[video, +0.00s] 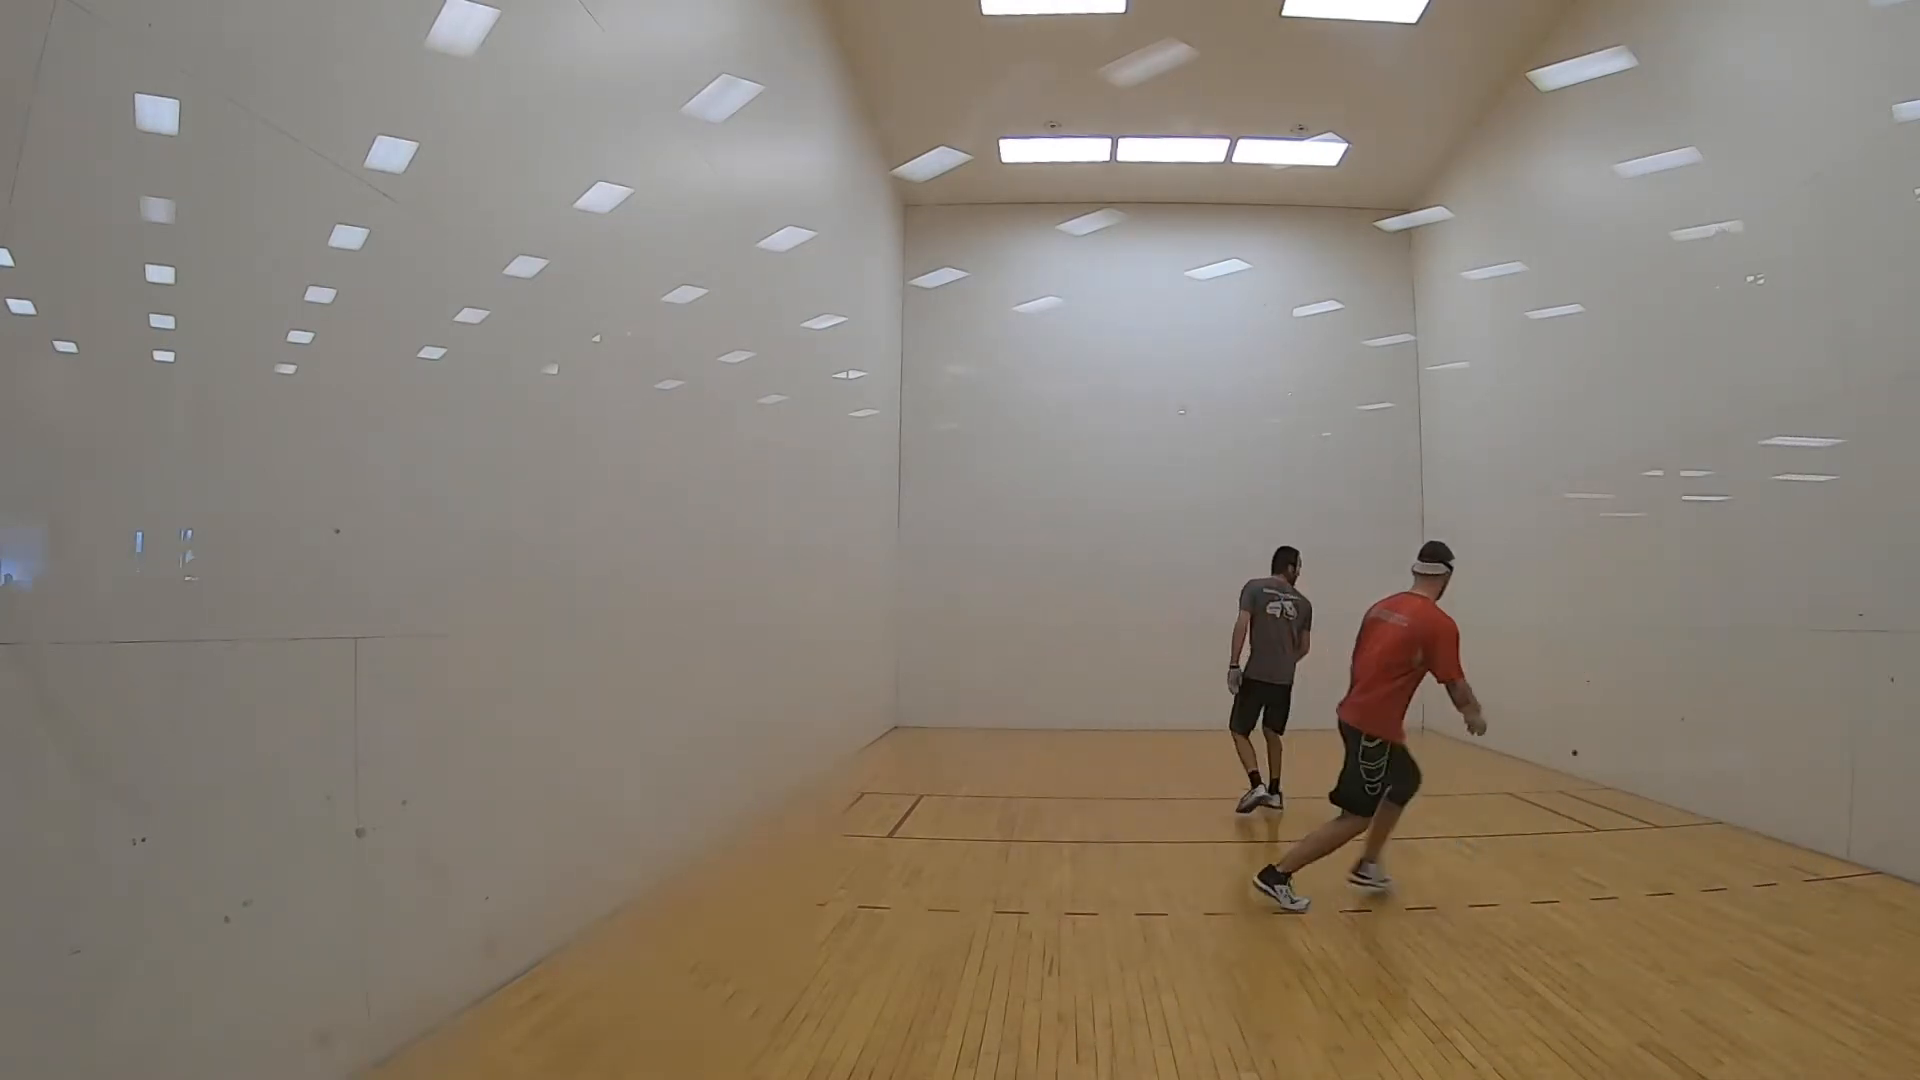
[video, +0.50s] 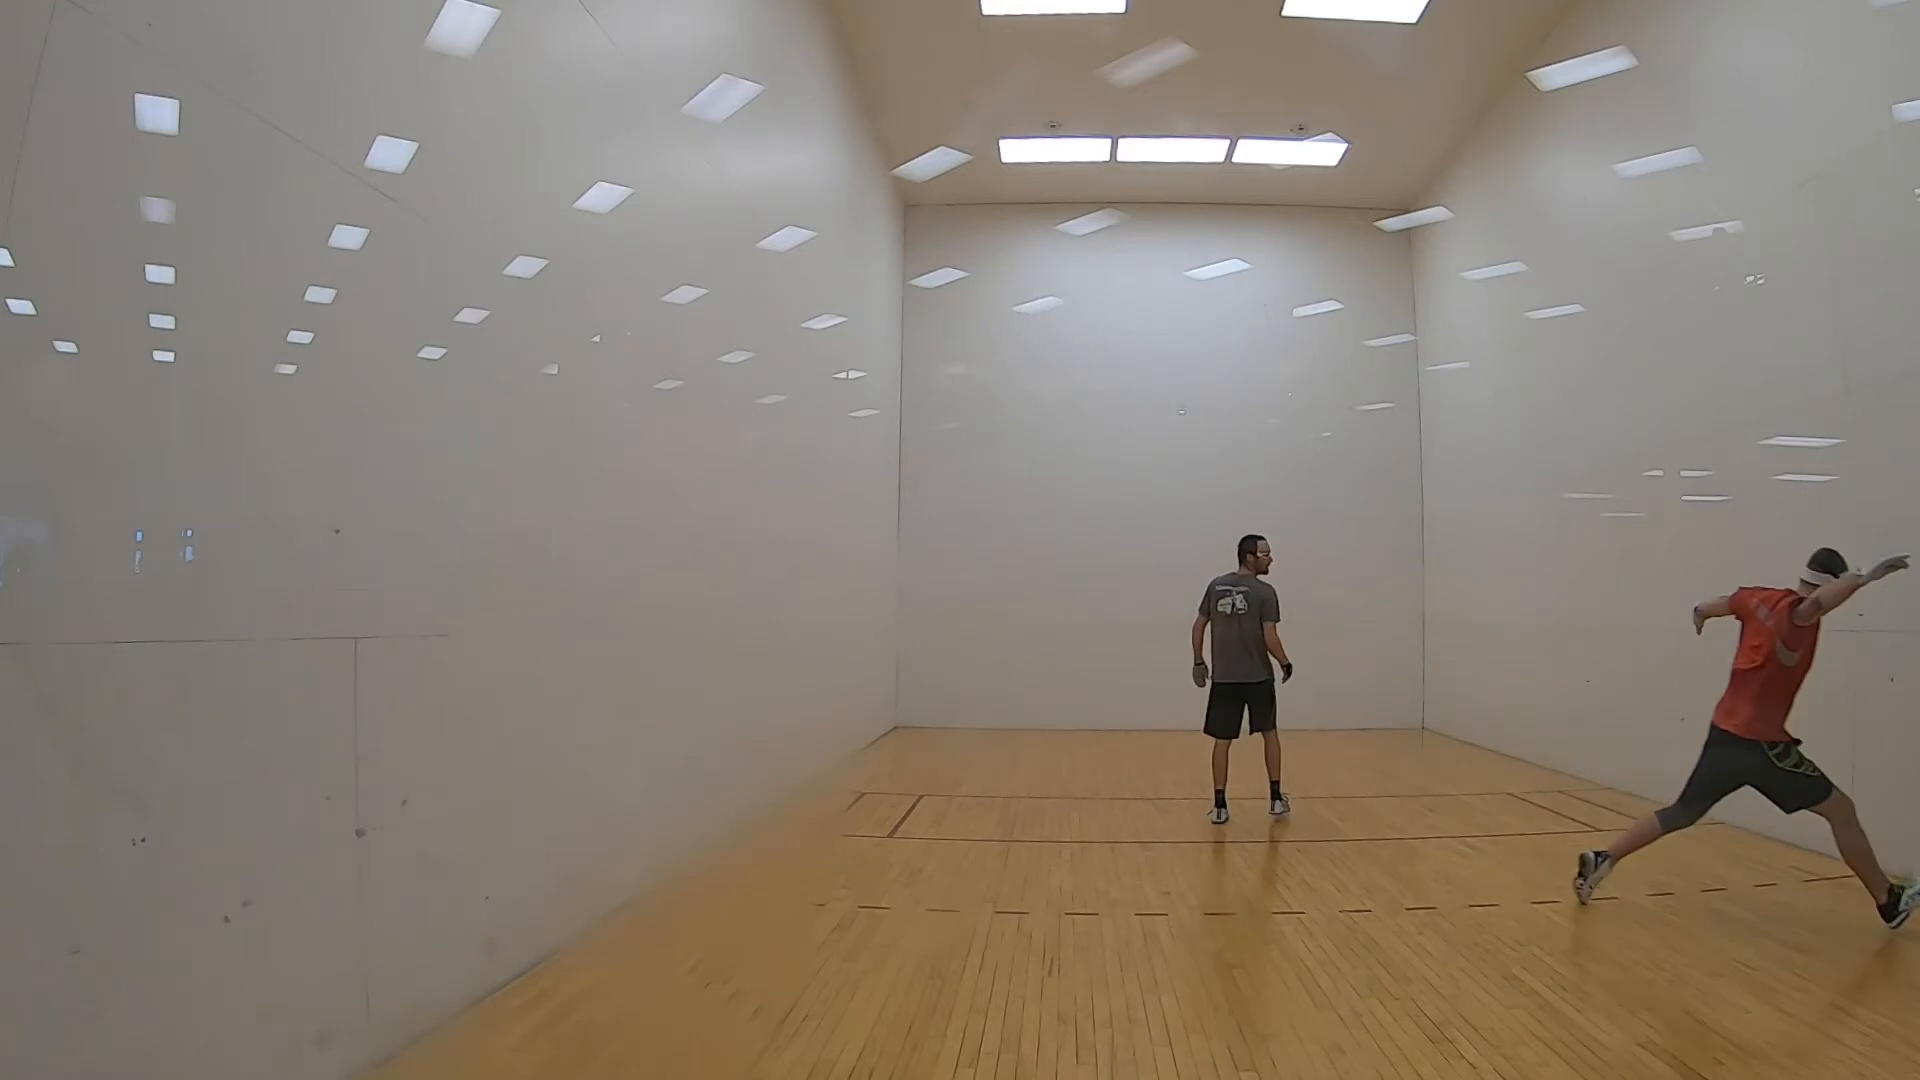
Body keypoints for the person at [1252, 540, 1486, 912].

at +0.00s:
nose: (1444, 584)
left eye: (1438, 577)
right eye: (1446, 578)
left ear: (1413, 572)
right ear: (1447, 578)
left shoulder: (1382, 607)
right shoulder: (1439, 624)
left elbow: (1359, 662)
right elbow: (1457, 688)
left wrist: (1366, 701)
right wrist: (1474, 713)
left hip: (1355, 715)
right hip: (1376, 726)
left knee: (1406, 779)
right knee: (1360, 815)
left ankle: (1368, 865)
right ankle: (1276, 874)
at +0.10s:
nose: (1511, 582)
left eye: (1506, 574)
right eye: (1513, 576)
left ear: (1478, 572)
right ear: (1511, 577)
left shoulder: (1446, 608)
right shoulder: (1508, 620)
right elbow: (1514, 684)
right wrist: (1511, 720)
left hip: (1434, 719)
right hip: (1454, 727)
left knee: (1494, 777)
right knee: (1415, 815)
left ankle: (1498, 871)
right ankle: (1333, 856)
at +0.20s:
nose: (1583, 589)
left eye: (1582, 582)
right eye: (1584, 583)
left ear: (1549, 579)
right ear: (1579, 583)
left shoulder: (1520, 615)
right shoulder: (1569, 624)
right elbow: (1578, 688)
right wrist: (1596, 728)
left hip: (1504, 729)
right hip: (1522, 735)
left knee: (1550, 797)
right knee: (1545, 824)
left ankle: (1514, 878)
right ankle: (1454, 847)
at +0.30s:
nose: (1661, 585)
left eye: (1661, 578)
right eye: (1662, 577)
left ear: (1627, 571)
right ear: (1656, 577)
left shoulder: (1597, 606)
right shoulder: (1635, 616)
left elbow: (1580, 673)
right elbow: (1658, 663)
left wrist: (1611, 715)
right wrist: (1708, 674)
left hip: (1565, 728)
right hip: (1597, 734)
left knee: (1581, 807)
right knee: (1668, 792)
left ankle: (1520, 872)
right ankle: (1613, 872)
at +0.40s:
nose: (1747, 581)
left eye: (1746, 573)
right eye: (1750, 573)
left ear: (1714, 563)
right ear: (1747, 572)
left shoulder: (1680, 596)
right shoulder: (1716, 607)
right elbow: (1743, 620)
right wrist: (1797, 603)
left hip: (1642, 725)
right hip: (1680, 732)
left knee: (1619, 803)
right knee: (1759, 783)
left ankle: (1547, 860)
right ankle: (1780, 883)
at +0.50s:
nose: (1826, 597)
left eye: (1829, 590)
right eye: (1828, 589)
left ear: (1800, 575)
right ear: (1823, 585)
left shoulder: (1757, 597)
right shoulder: (1802, 615)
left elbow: (1714, 607)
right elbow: (1816, 604)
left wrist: (1699, 612)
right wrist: (1864, 578)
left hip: (1722, 742)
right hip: (1765, 749)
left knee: (1681, 813)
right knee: (1840, 810)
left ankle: (1602, 860)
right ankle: (1887, 901)